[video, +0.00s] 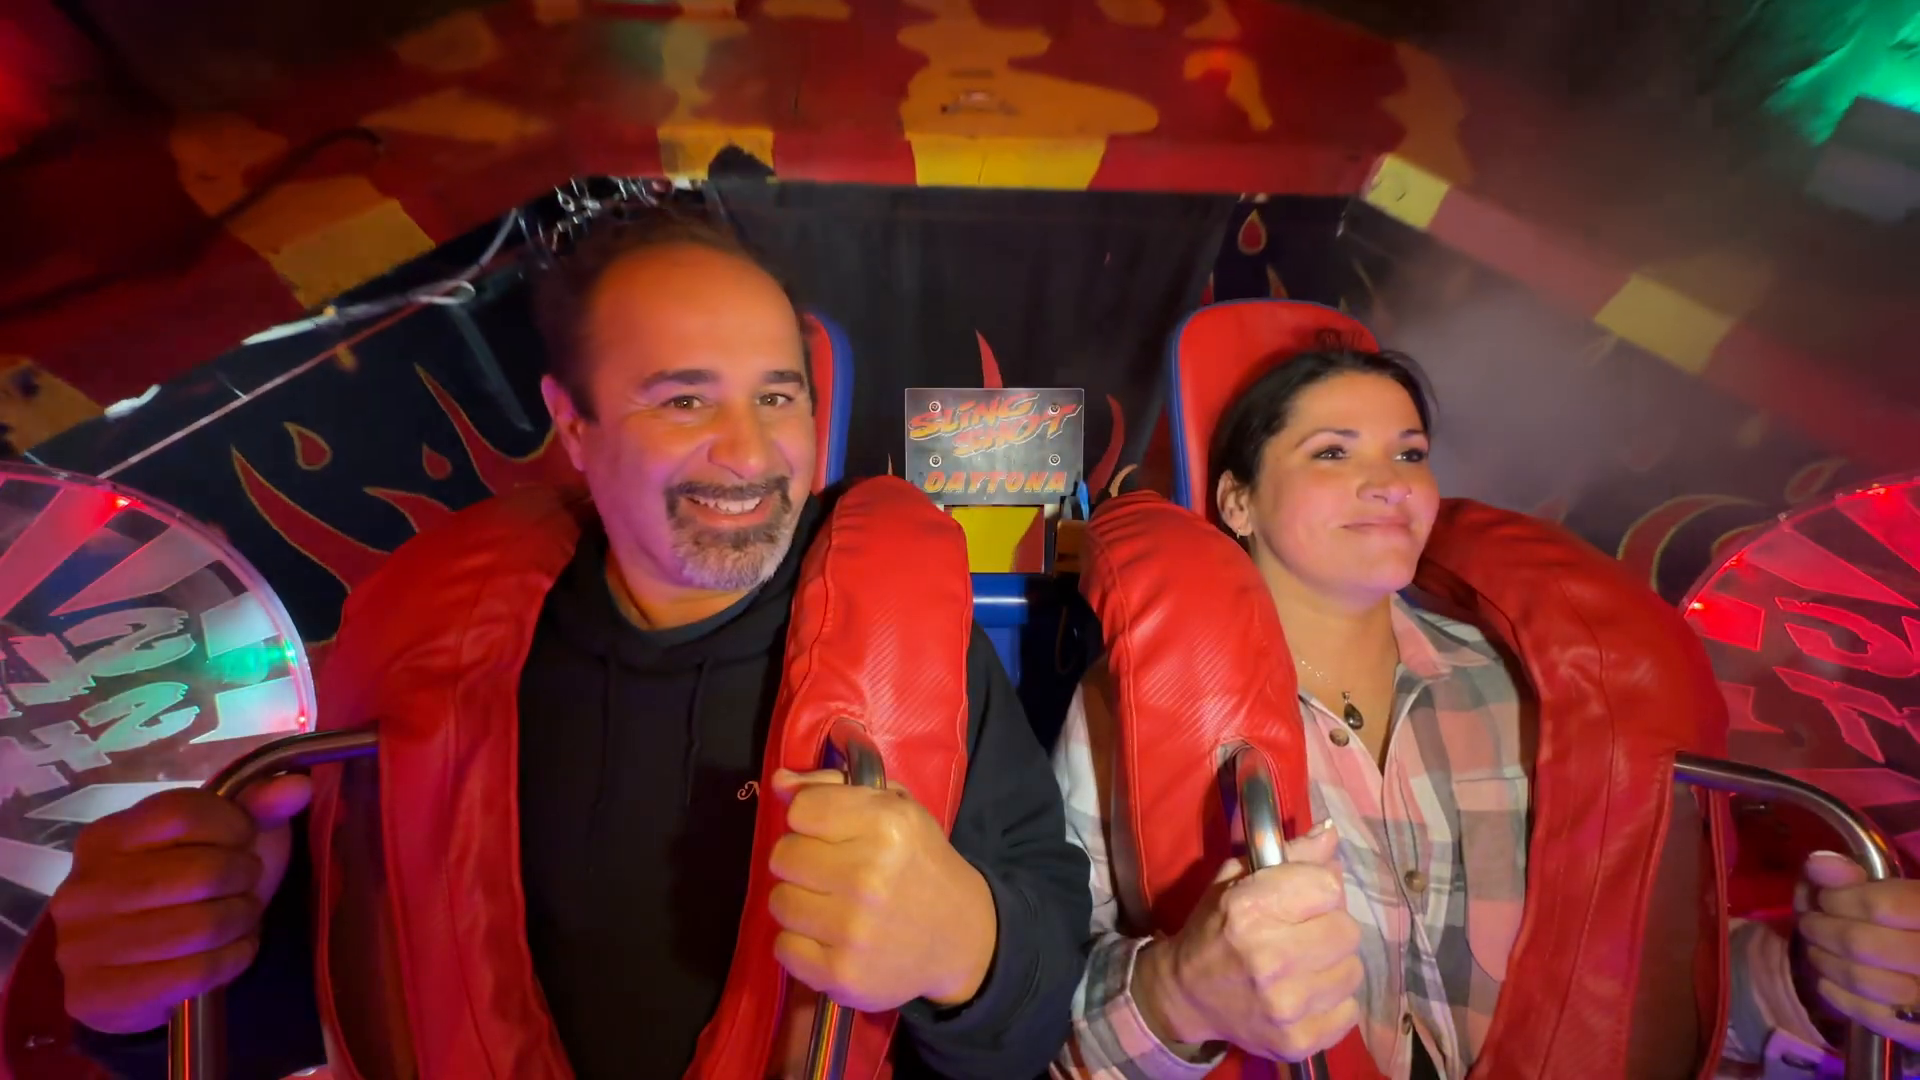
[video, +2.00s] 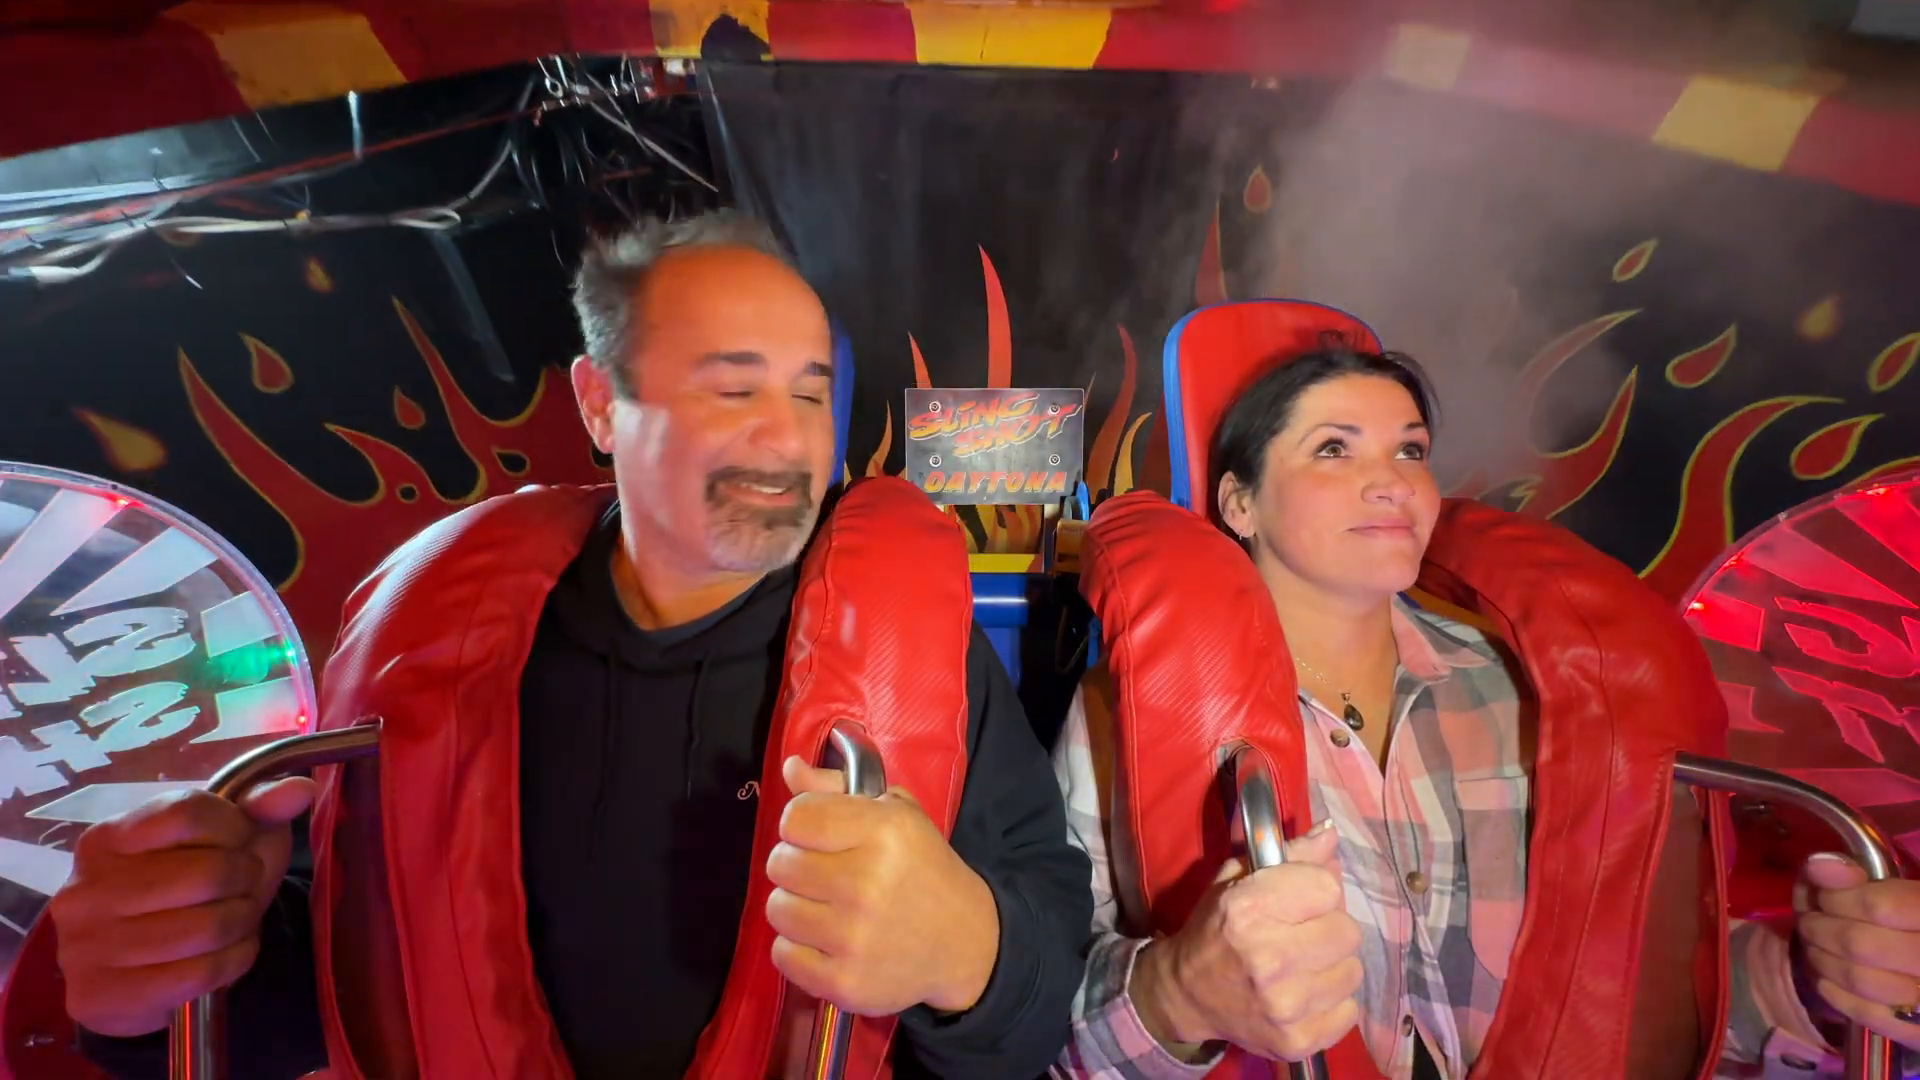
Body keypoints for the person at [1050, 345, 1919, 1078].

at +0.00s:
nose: (1388, 482)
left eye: (1410, 455)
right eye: (1332, 454)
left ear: (1435, 495)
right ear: (1240, 504)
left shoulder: (1520, 692)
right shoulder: (1144, 709)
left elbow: (1617, 961)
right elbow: (1047, 1038)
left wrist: (1807, 974)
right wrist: (1171, 997)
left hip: (1497, 1069)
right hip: (1263, 1074)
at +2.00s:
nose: (1391, 481)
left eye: (1410, 453)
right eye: (1333, 451)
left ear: (1435, 493)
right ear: (1240, 505)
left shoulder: (1522, 695)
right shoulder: (1143, 716)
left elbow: (1612, 974)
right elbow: (1047, 1040)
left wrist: (1804, 975)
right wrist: (1174, 998)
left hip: (1499, 1069)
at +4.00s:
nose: (1376, 484)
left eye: (1397, 452)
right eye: (1319, 452)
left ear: (1429, 488)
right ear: (1233, 502)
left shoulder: (1518, 692)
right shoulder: (1143, 713)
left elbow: (1626, 962)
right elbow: (1066, 1036)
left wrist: (1817, 975)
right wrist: (1178, 1001)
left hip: (1501, 1071)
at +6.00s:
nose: (1384, 485)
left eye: (1404, 458)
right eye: (1330, 457)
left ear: (1433, 491)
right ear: (1237, 503)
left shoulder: (1517, 693)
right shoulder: (1139, 714)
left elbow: (1618, 958)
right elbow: (1061, 1034)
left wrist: (1809, 977)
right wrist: (1173, 1001)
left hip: (1493, 1065)